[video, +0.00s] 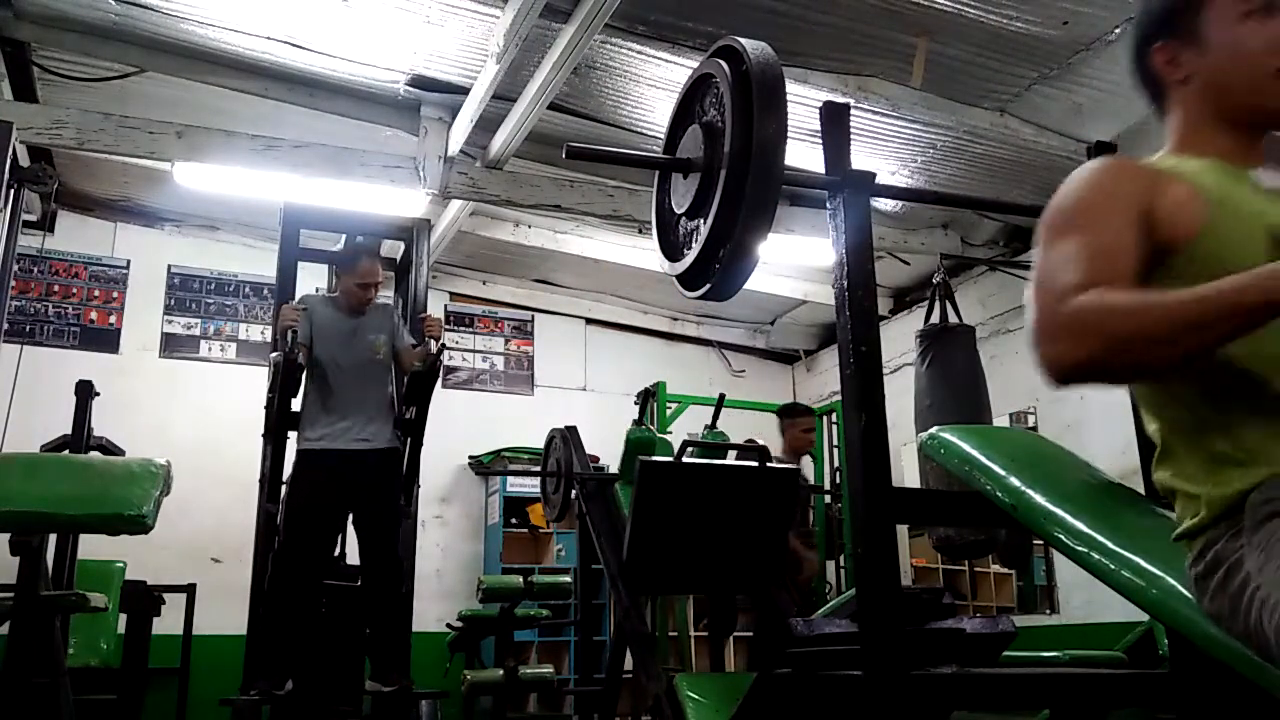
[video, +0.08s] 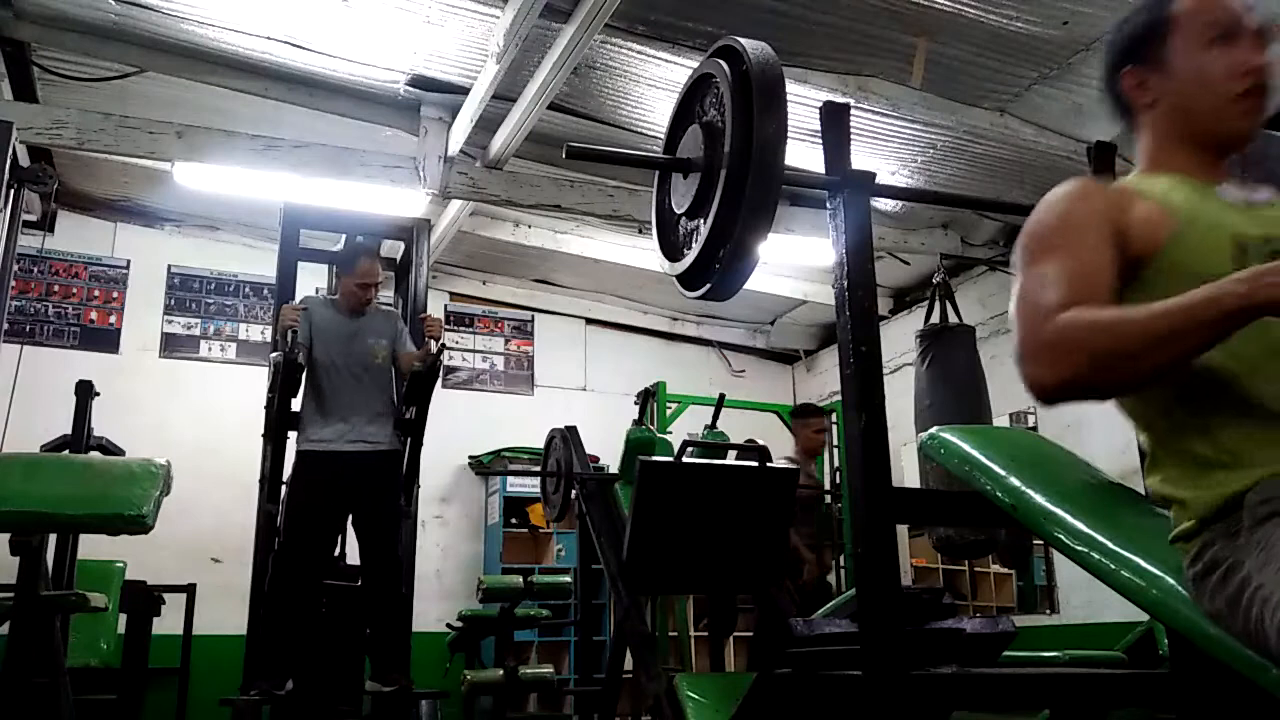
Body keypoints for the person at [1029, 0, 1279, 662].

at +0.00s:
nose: (1279, 29)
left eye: (1271, 14)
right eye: (1257, 14)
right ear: (1173, 62)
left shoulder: (1265, 199)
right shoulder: (1119, 182)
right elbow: (1065, 335)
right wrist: (1270, 285)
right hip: (1247, 524)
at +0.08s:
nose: (1258, 58)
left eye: (1258, 40)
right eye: (1224, 40)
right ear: (1141, 85)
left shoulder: (1269, 206)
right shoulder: (1091, 205)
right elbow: (1050, 357)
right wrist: (1251, 289)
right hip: (1242, 520)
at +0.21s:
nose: (1202, 107)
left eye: (1203, 90)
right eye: (1167, 90)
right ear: (1092, 132)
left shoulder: (1249, 241)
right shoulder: (1053, 243)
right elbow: (1046, 377)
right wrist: (1242, 288)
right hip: (1230, 516)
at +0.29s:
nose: (1169, 146)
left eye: (1170, 128)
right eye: (1137, 129)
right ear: (1066, 170)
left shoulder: (1225, 266)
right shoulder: (1034, 273)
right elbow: (1045, 388)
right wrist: (1243, 288)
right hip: (1233, 514)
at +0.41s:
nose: (1127, 202)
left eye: (1129, 185)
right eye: (1095, 185)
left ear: (1140, 200)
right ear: (1028, 223)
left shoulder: (1200, 304)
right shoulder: (1010, 320)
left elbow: (1278, 355)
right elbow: (1033, 404)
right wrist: (1221, 292)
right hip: (1228, 513)